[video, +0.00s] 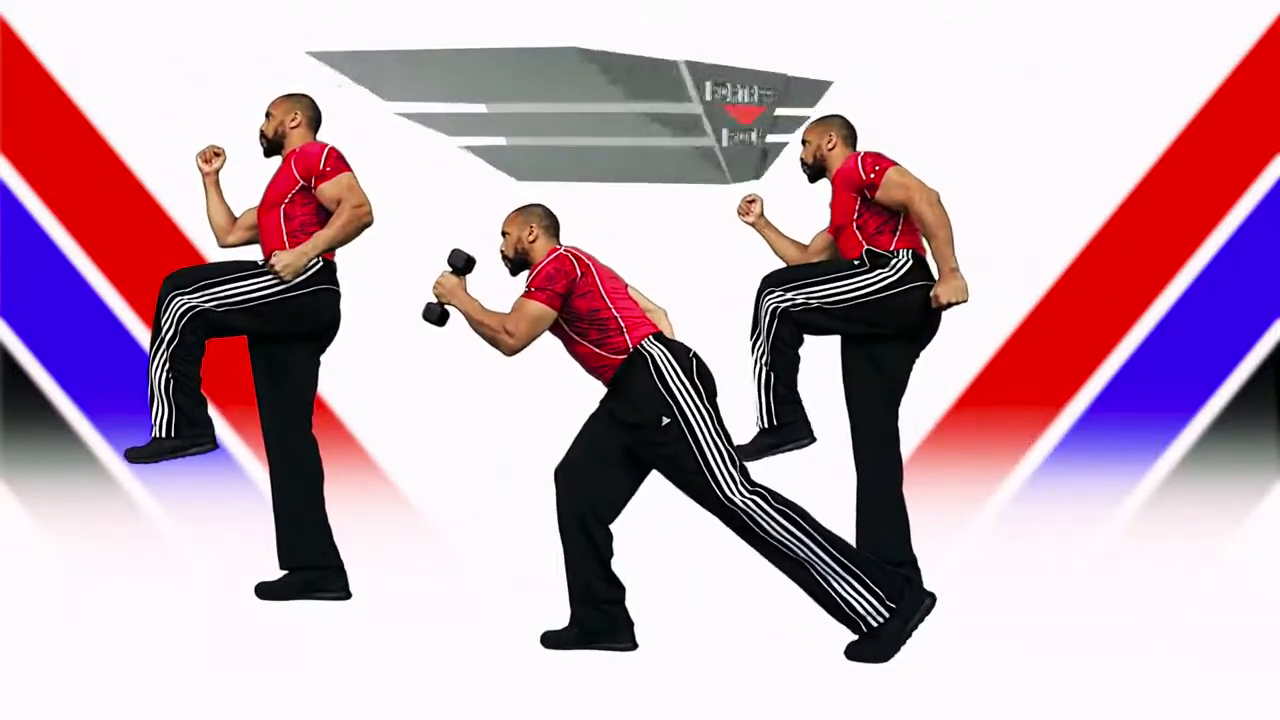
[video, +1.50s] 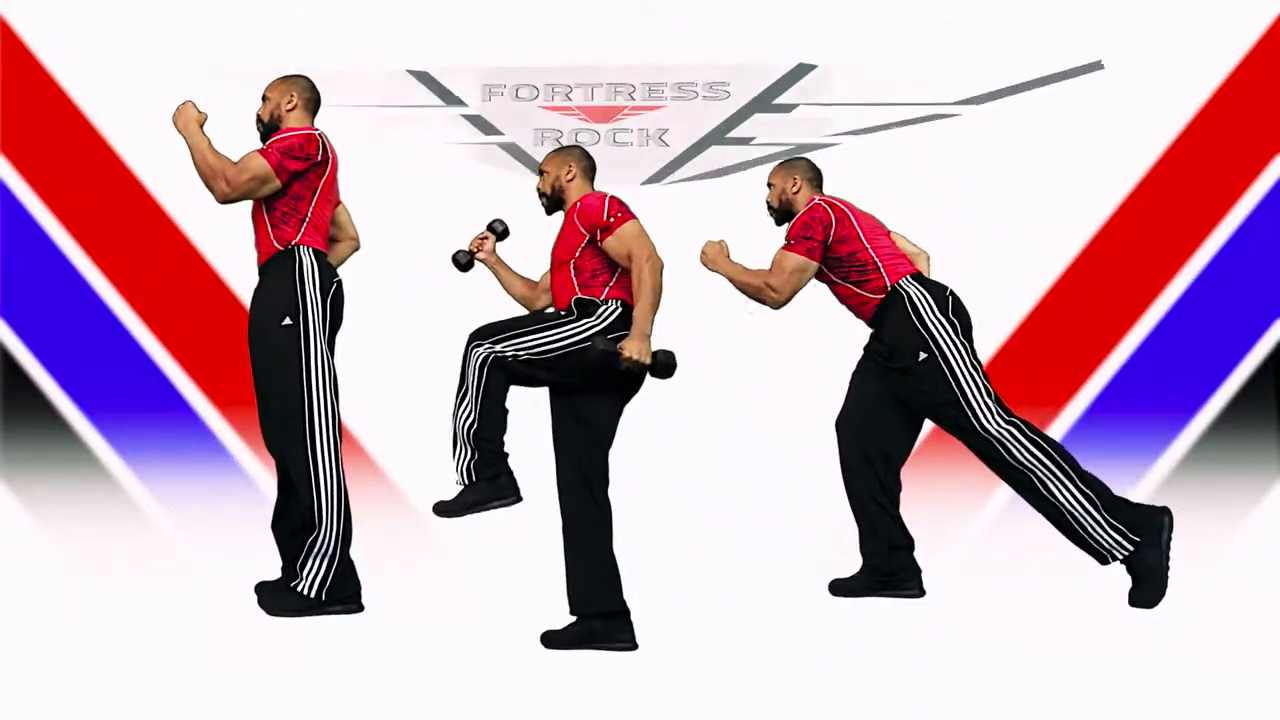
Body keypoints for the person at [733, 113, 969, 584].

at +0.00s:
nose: (800, 153)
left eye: (805, 143)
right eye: (800, 145)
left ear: (830, 140)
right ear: (831, 144)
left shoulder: (859, 165)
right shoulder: (849, 200)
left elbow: (924, 198)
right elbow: (807, 259)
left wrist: (949, 272)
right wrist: (762, 223)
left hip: (897, 277)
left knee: (776, 292)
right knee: (875, 438)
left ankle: (783, 421)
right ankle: (891, 575)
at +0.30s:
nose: (789, 158)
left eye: (793, 147)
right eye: (788, 150)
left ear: (818, 144)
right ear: (822, 147)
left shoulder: (846, 174)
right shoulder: (834, 198)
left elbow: (874, 239)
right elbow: (853, 297)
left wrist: (824, 297)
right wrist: (801, 299)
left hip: (903, 284)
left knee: (814, 375)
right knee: (880, 442)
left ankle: (897, 487)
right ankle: (894, 589)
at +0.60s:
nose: (771, 188)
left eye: (778, 177)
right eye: (770, 181)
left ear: (804, 173)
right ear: (807, 181)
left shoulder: (819, 203)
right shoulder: (844, 208)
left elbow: (765, 271)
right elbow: (919, 239)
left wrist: (725, 233)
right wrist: (936, 311)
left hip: (912, 302)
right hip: (895, 320)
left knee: (985, 420)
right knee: (870, 447)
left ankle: (1131, 520)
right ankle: (897, 589)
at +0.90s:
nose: (768, 199)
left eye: (774, 189)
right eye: (768, 192)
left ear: (802, 186)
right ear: (811, 191)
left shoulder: (818, 218)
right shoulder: (849, 220)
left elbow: (769, 289)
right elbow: (924, 247)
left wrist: (724, 256)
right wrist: (943, 314)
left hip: (921, 309)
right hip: (902, 326)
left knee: (1002, 427)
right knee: (868, 440)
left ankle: (1141, 532)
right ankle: (896, 582)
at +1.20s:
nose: (768, 200)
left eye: (774, 190)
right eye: (768, 192)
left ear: (802, 189)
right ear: (807, 192)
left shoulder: (815, 220)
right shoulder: (845, 221)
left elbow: (768, 293)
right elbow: (923, 249)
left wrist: (722, 259)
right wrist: (941, 315)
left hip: (920, 311)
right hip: (903, 325)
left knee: (1003, 431)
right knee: (865, 437)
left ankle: (1142, 533)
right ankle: (890, 568)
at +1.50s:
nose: (767, 195)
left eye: (773, 186)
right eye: (767, 187)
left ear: (801, 185)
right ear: (805, 189)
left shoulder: (815, 215)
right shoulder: (839, 218)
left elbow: (774, 292)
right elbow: (916, 257)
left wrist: (724, 266)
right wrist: (923, 323)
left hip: (917, 311)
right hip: (898, 327)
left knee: (993, 432)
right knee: (861, 437)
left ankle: (1134, 532)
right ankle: (890, 569)